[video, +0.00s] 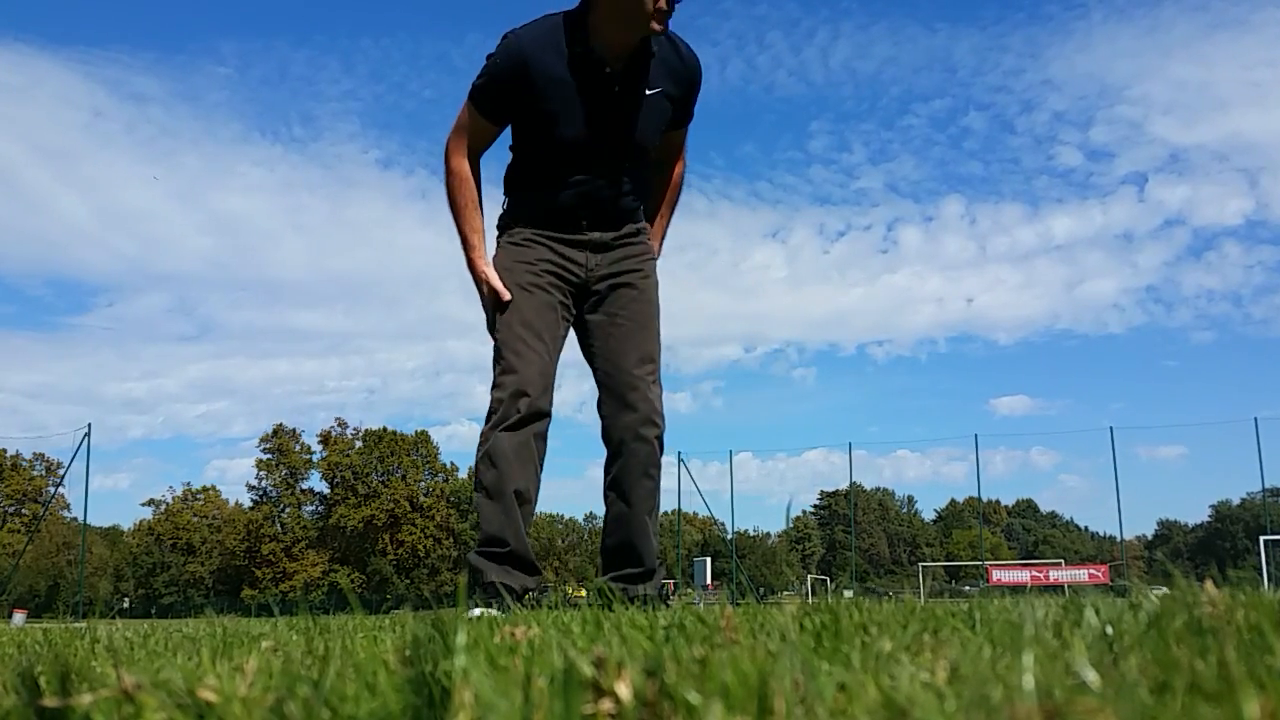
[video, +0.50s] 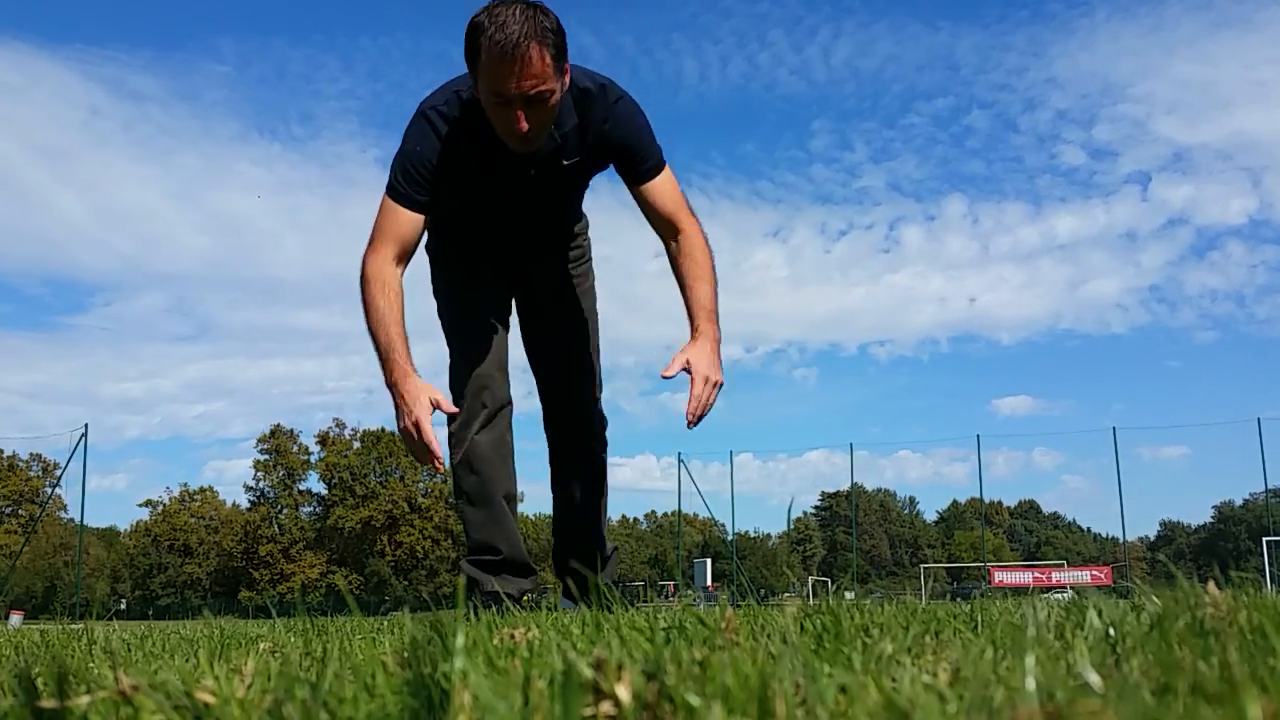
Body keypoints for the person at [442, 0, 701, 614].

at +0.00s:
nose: (668, 3)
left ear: (666, 6)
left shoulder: (677, 65)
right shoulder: (527, 52)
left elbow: (671, 157)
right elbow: (462, 147)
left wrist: (648, 247)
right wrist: (477, 258)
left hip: (626, 249)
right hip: (534, 243)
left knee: (638, 413)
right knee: (521, 402)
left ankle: (636, 584)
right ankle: (500, 583)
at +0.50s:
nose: (520, 121)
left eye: (535, 101)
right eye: (502, 103)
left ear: (564, 76)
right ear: (476, 80)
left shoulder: (604, 110)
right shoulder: (440, 124)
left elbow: (680, 228)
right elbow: (381, 259)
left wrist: (706, 336)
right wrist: (401, 379)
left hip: (556, 248)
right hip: (466, 255)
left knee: (577, 407)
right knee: (482, 400)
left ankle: (588, 583)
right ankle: (498, 590)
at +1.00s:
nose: (502, 317)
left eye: (521, 297)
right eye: (484, 298)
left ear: (552, 265)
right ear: (457, 268)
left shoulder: (588, 279)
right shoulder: (414, 266)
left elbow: (629, 442)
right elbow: (350, 406)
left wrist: (639, 602)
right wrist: (350, 562)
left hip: (550, 320)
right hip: (451, 312)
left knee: (515, 432)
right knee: (440, 426)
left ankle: (476, 578)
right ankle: (494, 579)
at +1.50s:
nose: (516, 300)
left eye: (538, 275)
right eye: (496, 274)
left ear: (572, 260)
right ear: (471, 254)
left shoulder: (618, 289)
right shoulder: (423, 300)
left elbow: (656, 453)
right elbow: (368, 453)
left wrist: (649, 610)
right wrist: (344, 616)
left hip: (559, 382)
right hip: (465, 375)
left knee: (514, 494)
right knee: (381, 474)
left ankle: (476, 586)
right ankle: (457, 560)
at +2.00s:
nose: (506, 324)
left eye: (527, 302)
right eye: (487, 300)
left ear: (555, 286)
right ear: (457, 279)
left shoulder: (589, 320)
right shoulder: (412, 309)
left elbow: (632, 463)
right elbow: (355, 461)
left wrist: (646, 612)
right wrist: (337, 622)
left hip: (511, 421)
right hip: (424, 415)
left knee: (483, 530)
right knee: (410, 525)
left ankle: (466, 627)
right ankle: (392, 614)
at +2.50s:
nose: (511, 339)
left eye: (531, 317)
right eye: (493, 316)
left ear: (557, 300)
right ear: (464, 296)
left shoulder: (594, 326)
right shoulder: (423, 327)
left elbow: (627, 468)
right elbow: (361, 467)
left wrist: (630, 613)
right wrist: (340, 624)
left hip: (542, 410)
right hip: (454, 404)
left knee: (494, 524)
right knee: (441, 511)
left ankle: (476, 626)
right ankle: (427, 623)